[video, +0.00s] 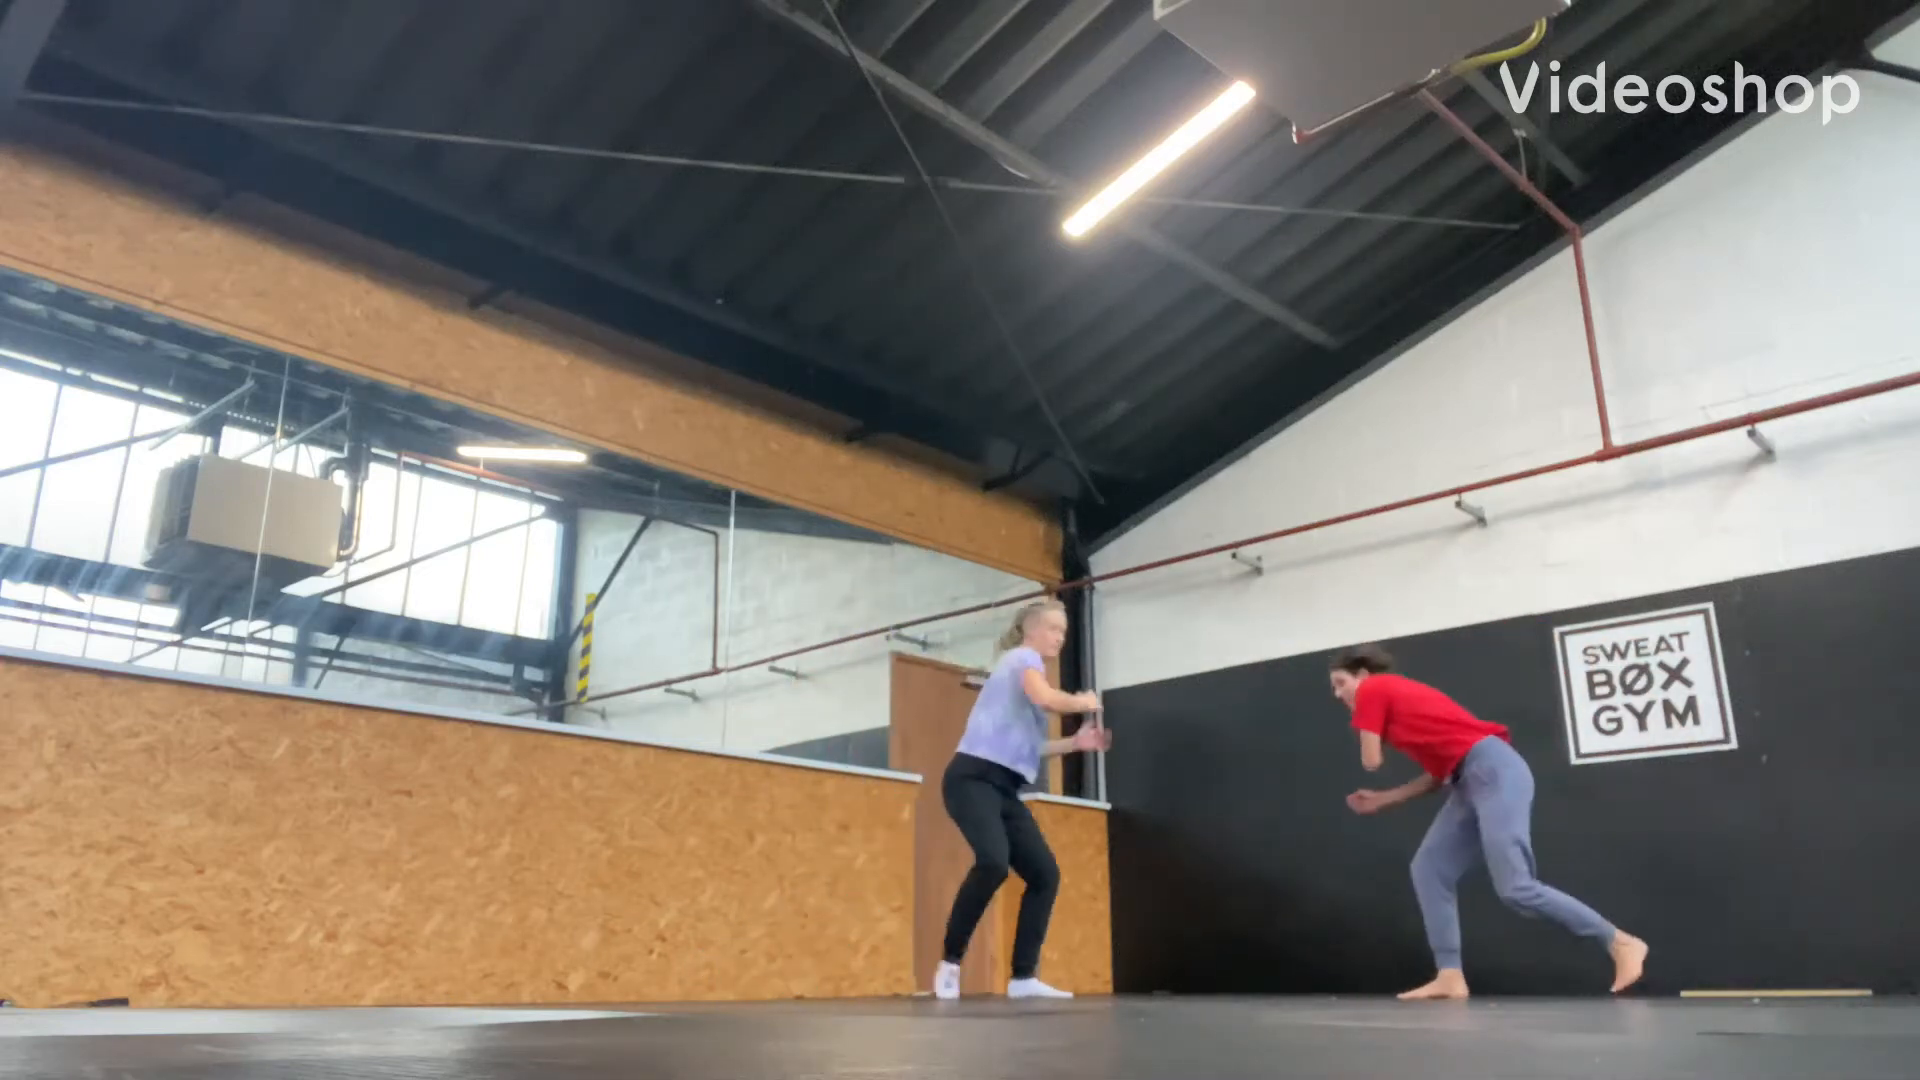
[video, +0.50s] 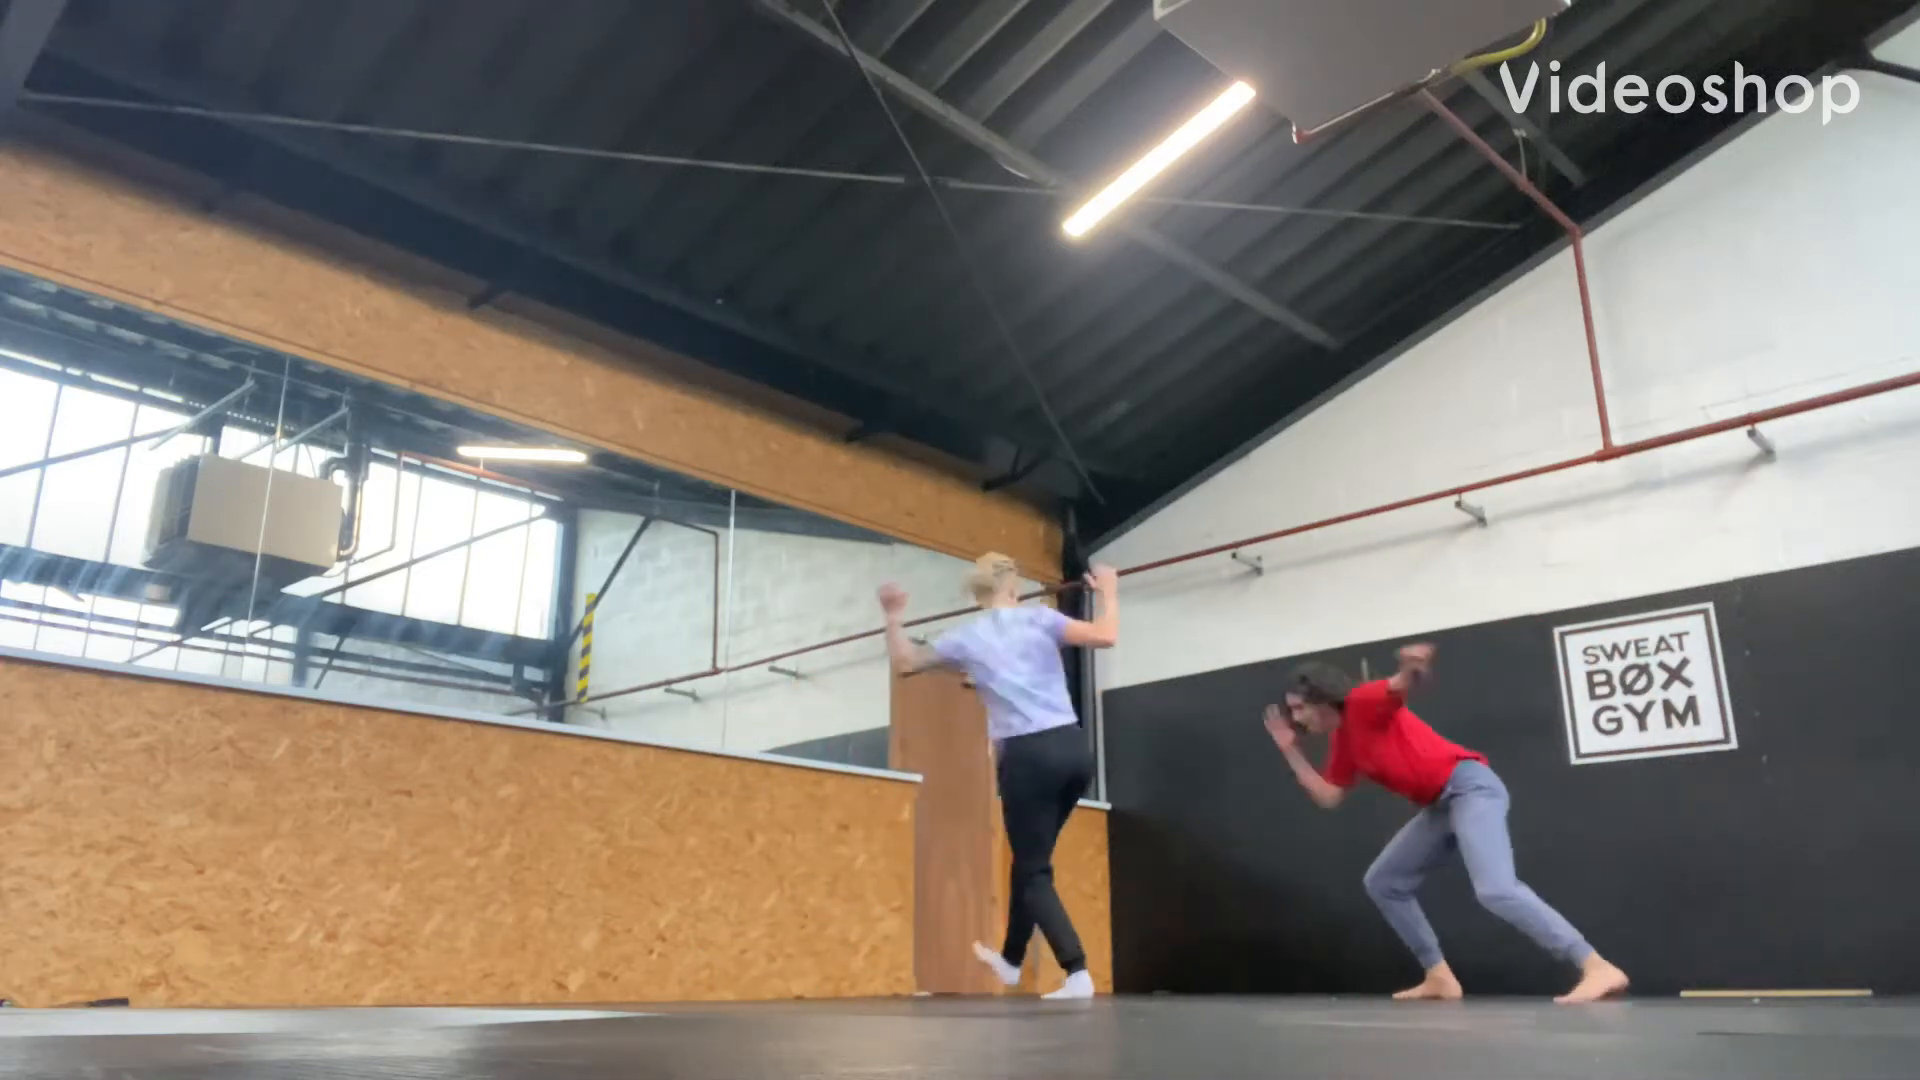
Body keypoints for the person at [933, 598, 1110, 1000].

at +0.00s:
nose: (1059, 638)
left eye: (1063, 631)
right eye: (1053, 629)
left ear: (1058, 636)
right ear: (1028, 629)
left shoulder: (1025, 678)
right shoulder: (1022, 657)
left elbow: (1024, 748)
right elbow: (1043, 697)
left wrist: (1076, 743)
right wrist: (1080, 702)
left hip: (1004, 791)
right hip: (972, 780)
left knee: (1044, 875)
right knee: (993, 863)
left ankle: (1023, 979)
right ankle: (950, 962)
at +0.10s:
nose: (1043, 617)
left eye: (1049, 611)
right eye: (1034, 609)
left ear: (1056, 619)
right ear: (1016, 614)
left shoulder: (1048, 673)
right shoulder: (1000, 641)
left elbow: (1054, 733)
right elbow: (969, 660)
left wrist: (1091, 702)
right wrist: (1030, 644)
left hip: (1028, 782)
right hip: (979, 776)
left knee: (1059, 874)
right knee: (982, 867)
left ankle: (1028, 974)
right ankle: (1005, 971)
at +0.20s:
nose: (1010, 604)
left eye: (1018, 596)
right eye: (1004, 598)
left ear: (1039, 600)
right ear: (999, 604)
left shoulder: (1058, 655)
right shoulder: (979, 645)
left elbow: (1084, 714)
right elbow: (919, 663)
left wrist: (1096, 671)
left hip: (1038, 772)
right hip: (985, 772)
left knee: (1061, 873)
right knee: (976, 872)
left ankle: (1050, 951)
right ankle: (1009, 977)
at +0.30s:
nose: (978, 604)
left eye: (984, 594)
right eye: (977, 595)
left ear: (1011, 594)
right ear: (997, 598)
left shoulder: (1047, 639)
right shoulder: (995, 650)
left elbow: (1089, 691)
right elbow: (980, 682)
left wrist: (1074, 642)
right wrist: (938, 652)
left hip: (1038, 768)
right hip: (994, 770)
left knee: (1016, 871)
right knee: (982, 872)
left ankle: (1084, 942)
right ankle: (1009, 978)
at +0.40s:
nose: (973, 592)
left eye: (979, 584)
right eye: (972, 585)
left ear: (1000, 589)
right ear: (1006, 591)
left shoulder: (1007, 624)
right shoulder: (1029, 627)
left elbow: (1020, 661)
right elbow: (1076, 660)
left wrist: (991, 626)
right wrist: (1048, 625)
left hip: (1032, 756)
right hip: (1037, 754)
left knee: (1006, 867)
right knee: (1005, 867)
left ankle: (1072, 959)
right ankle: (1011, 975)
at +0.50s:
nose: (1018, 590)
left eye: (1013, 584)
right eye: (1016, 584)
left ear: (976, 593)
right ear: (1012, 587)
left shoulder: (969, 637)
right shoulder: (1041, 619)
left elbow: (905, 661)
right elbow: (1105, 635)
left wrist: (891, 616)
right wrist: (1109, 588)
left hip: (1025, 755)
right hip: (1073, 747)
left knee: (1035, 872)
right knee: (1029, 861)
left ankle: (1078, 975)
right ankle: (1010, 962)